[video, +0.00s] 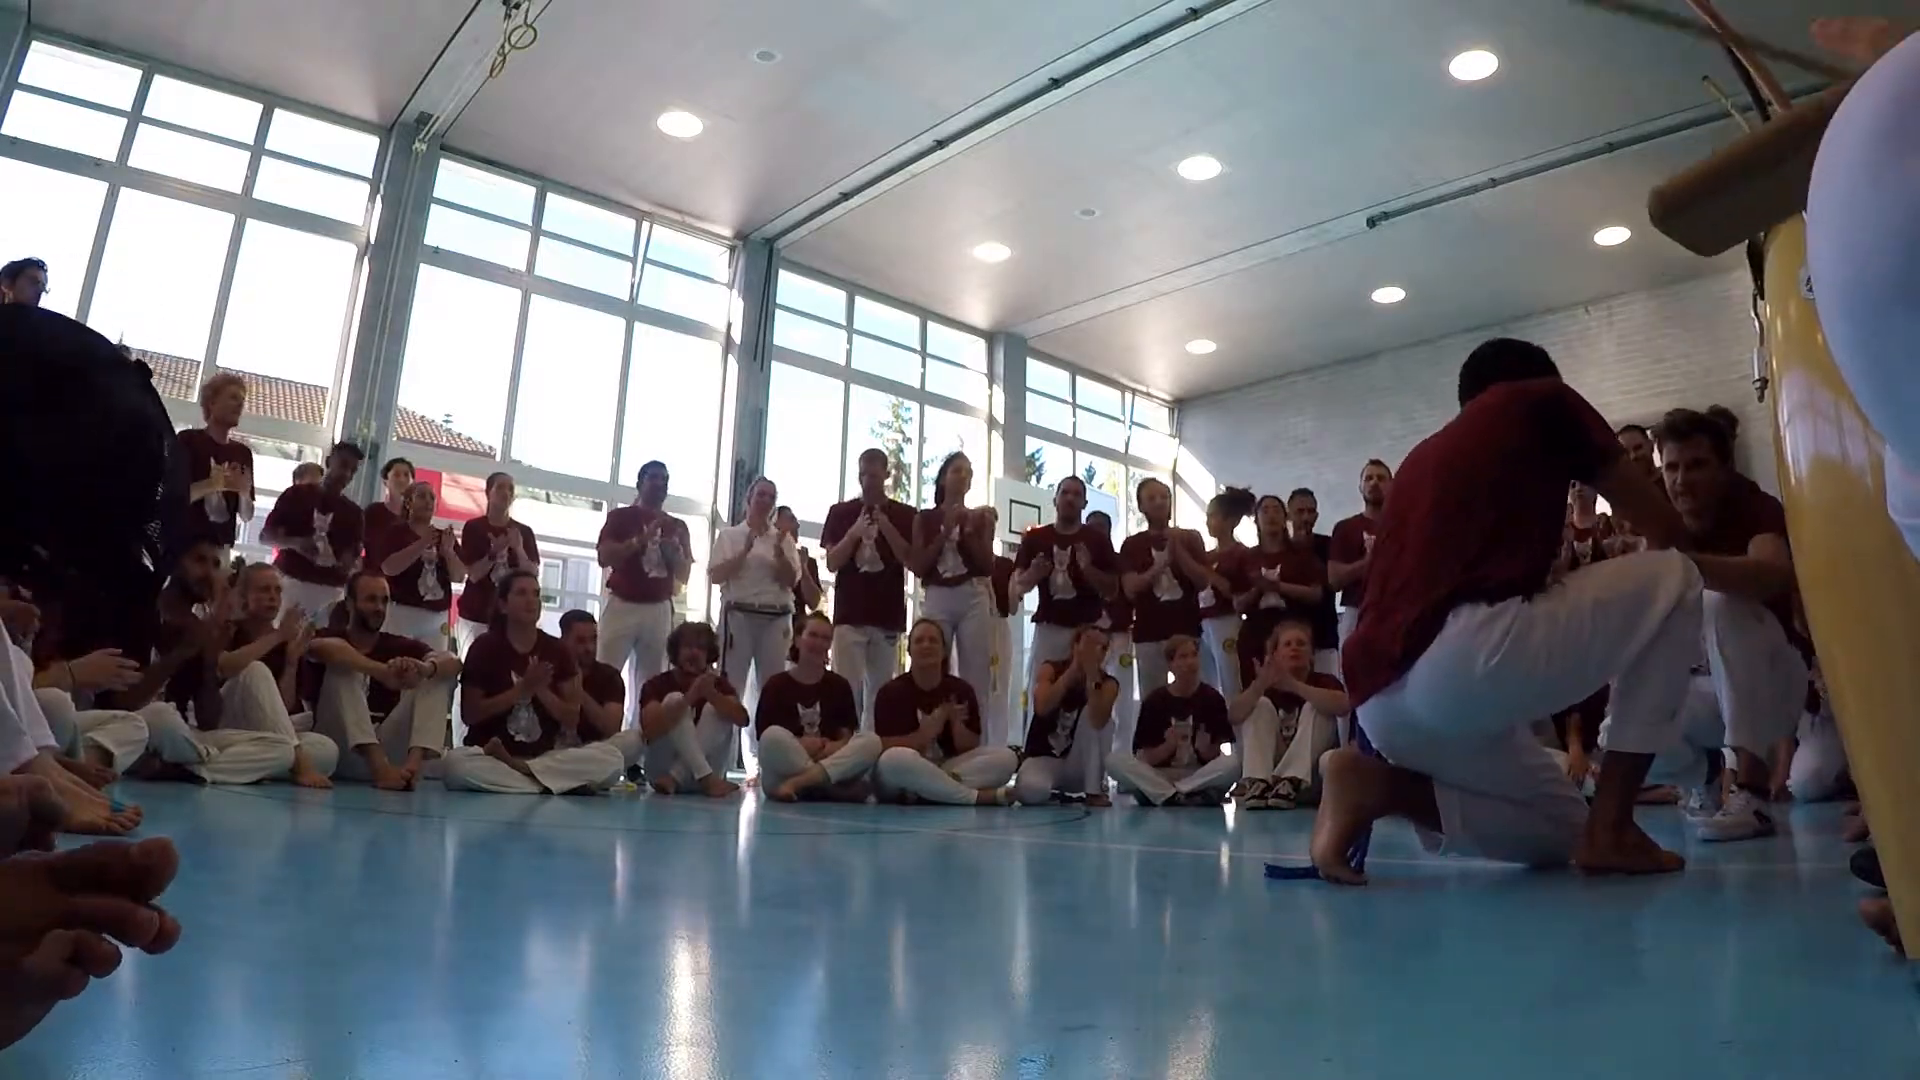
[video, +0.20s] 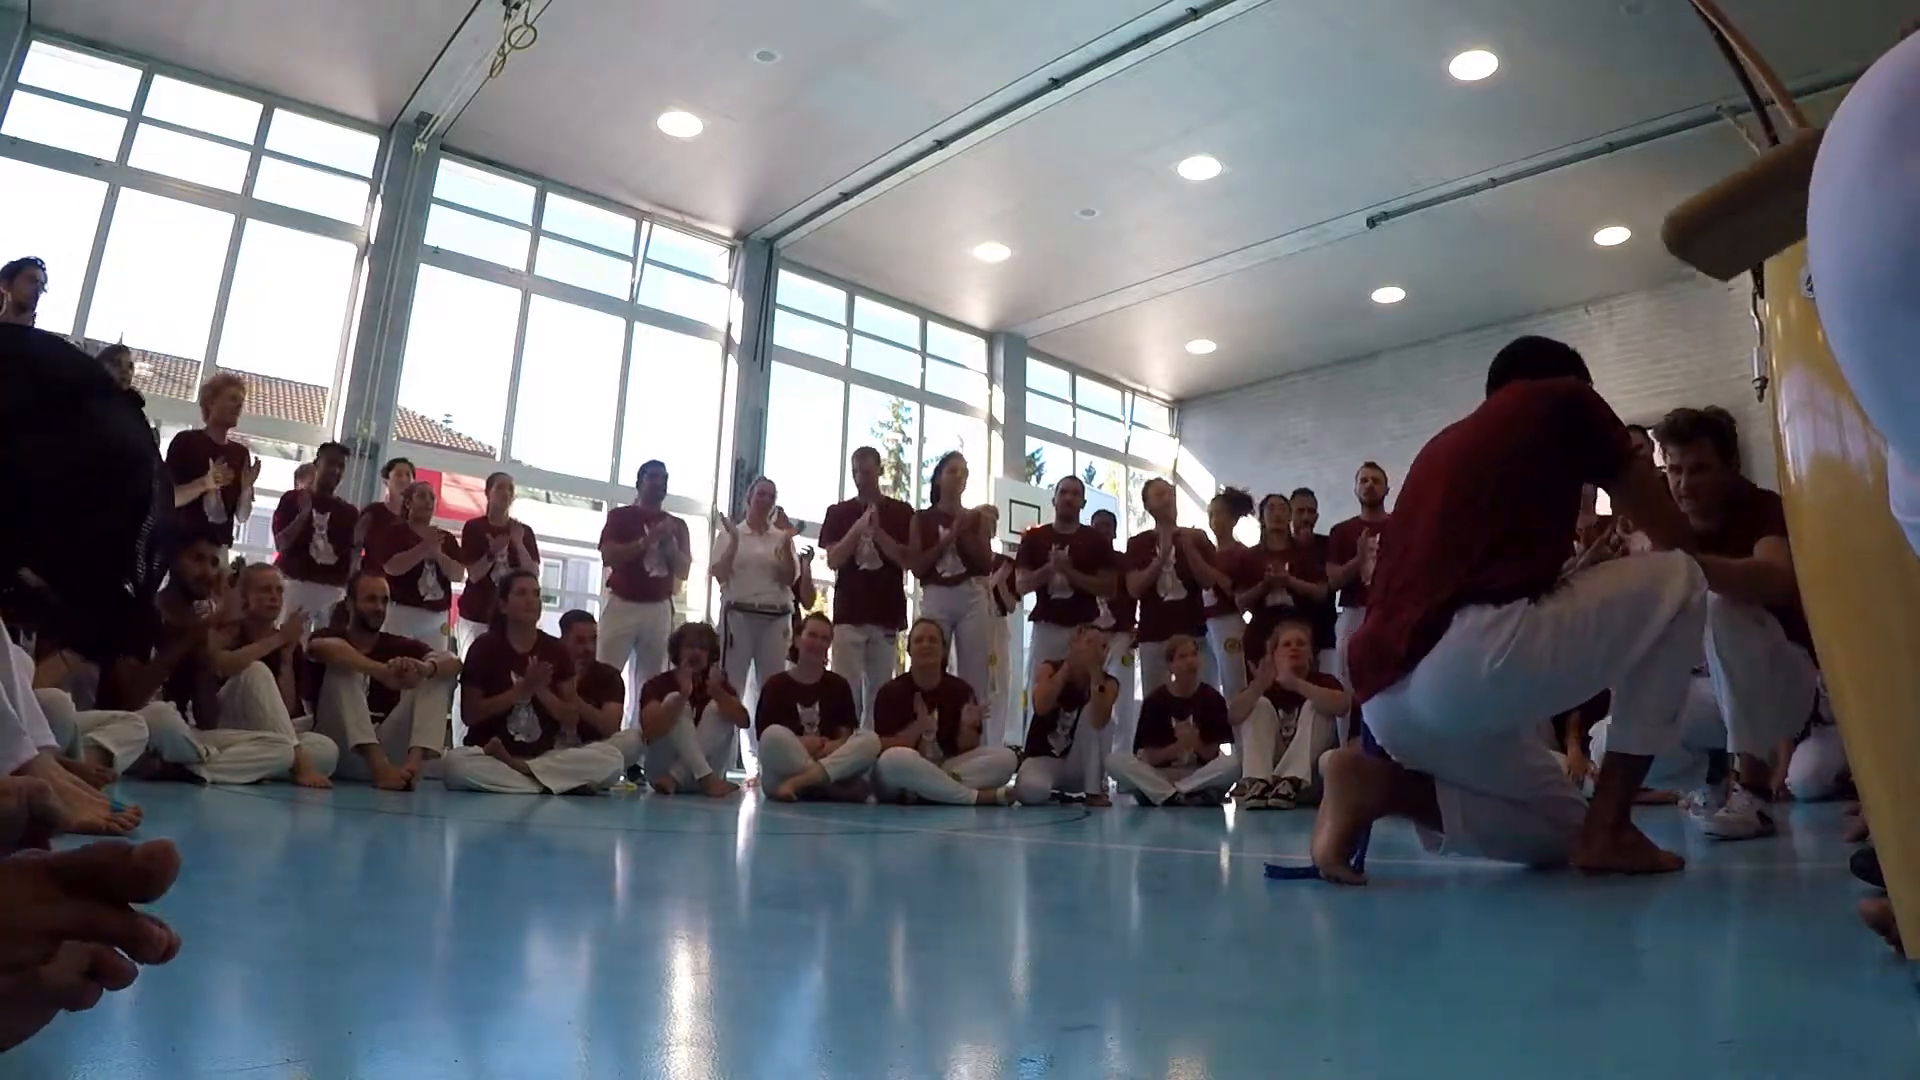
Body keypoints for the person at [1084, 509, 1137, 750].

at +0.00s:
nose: (1098, 532)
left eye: (1102, 527)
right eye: (1094, 527)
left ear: (1110, 530)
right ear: (1086, 529)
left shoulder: (1118, 560)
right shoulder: (1081, 558)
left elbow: (1126, 594)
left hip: (1118, 630)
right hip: (1088, 629)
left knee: (1123, 694)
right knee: (1092, 693)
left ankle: (1124, 748)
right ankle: (1093, 749)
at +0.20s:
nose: (1103, 530)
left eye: (1108, 525)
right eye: (1099, 525)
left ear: (1115, 530)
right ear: (1090, 528)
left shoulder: (1124, 560)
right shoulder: (1083, 559)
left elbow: (1132, 594)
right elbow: (1077, 594)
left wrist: (1132, 627)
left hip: (1120, 630)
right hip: (1089, 630)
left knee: (1123, 694)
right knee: (1090, 692)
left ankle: (1123, 753)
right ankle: (1091, 755)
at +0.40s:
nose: (1110, 527)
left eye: (1115, 523)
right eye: (1106, 522)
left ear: (1123, 528)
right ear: (1099, 526)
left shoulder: (1131, 560)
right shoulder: (1091, 558)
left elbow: (1141, 600)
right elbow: (1081, 598)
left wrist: (1139, 636)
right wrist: (1082, 629)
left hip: (1125, 633)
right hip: (1094, 633)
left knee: (1126, 695)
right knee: (1095, 694)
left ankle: (1124, 751)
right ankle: (1096, 753)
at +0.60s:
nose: (1114, 526)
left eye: (1119, 522)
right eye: (1110, 521)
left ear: (1128, 528)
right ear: (1104, 527)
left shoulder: (1136, 560)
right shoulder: (1095, 558)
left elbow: (1141, 593)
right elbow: (1086, 593)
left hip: (1128, 631)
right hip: (1097, 631)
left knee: (1129, 696)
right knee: (1097, 695)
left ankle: (1125, 754)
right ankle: (1095, 754)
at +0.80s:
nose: (1121, 527)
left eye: (1126, 522)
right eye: (1116, 522)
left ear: (1134, 528)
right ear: (1109, 527)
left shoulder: (1141, 561)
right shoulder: (1101, 562)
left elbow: (1146, 598)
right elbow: (1094, 597)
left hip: (1133, 634)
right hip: (1105, 634)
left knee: (1133, 696)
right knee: (1102, 694)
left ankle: (1130, 748)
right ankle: (1099, 748)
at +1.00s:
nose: (1122, 526)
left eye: (1128, 522)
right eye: (1117, 521)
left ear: (1136, 527)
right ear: (1110, 527)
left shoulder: (1143, 562)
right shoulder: (1100, 562)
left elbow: (1149, 597)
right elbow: (1092, 594)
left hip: (1135, 634)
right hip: (1104, 634)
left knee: (1133, 698)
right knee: (1099, 696)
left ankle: (1127, 754)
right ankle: (1098, 752)